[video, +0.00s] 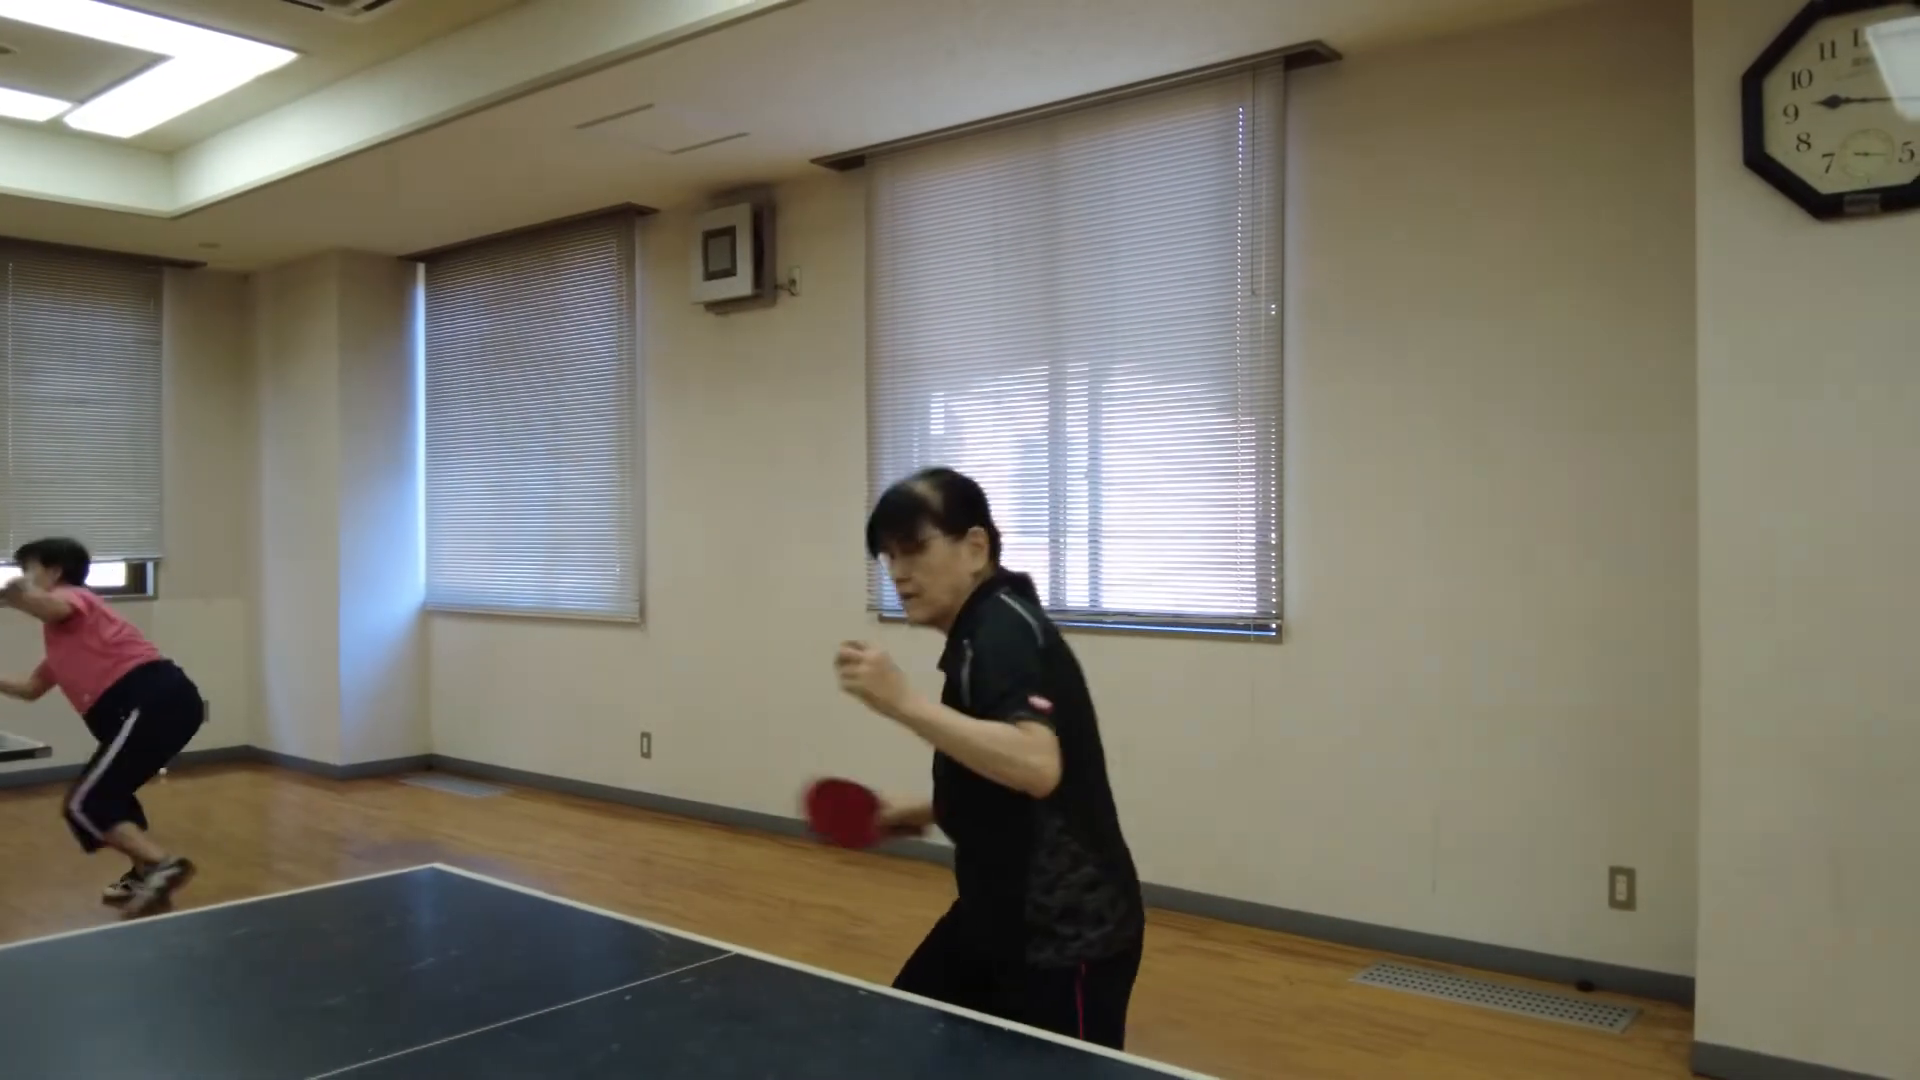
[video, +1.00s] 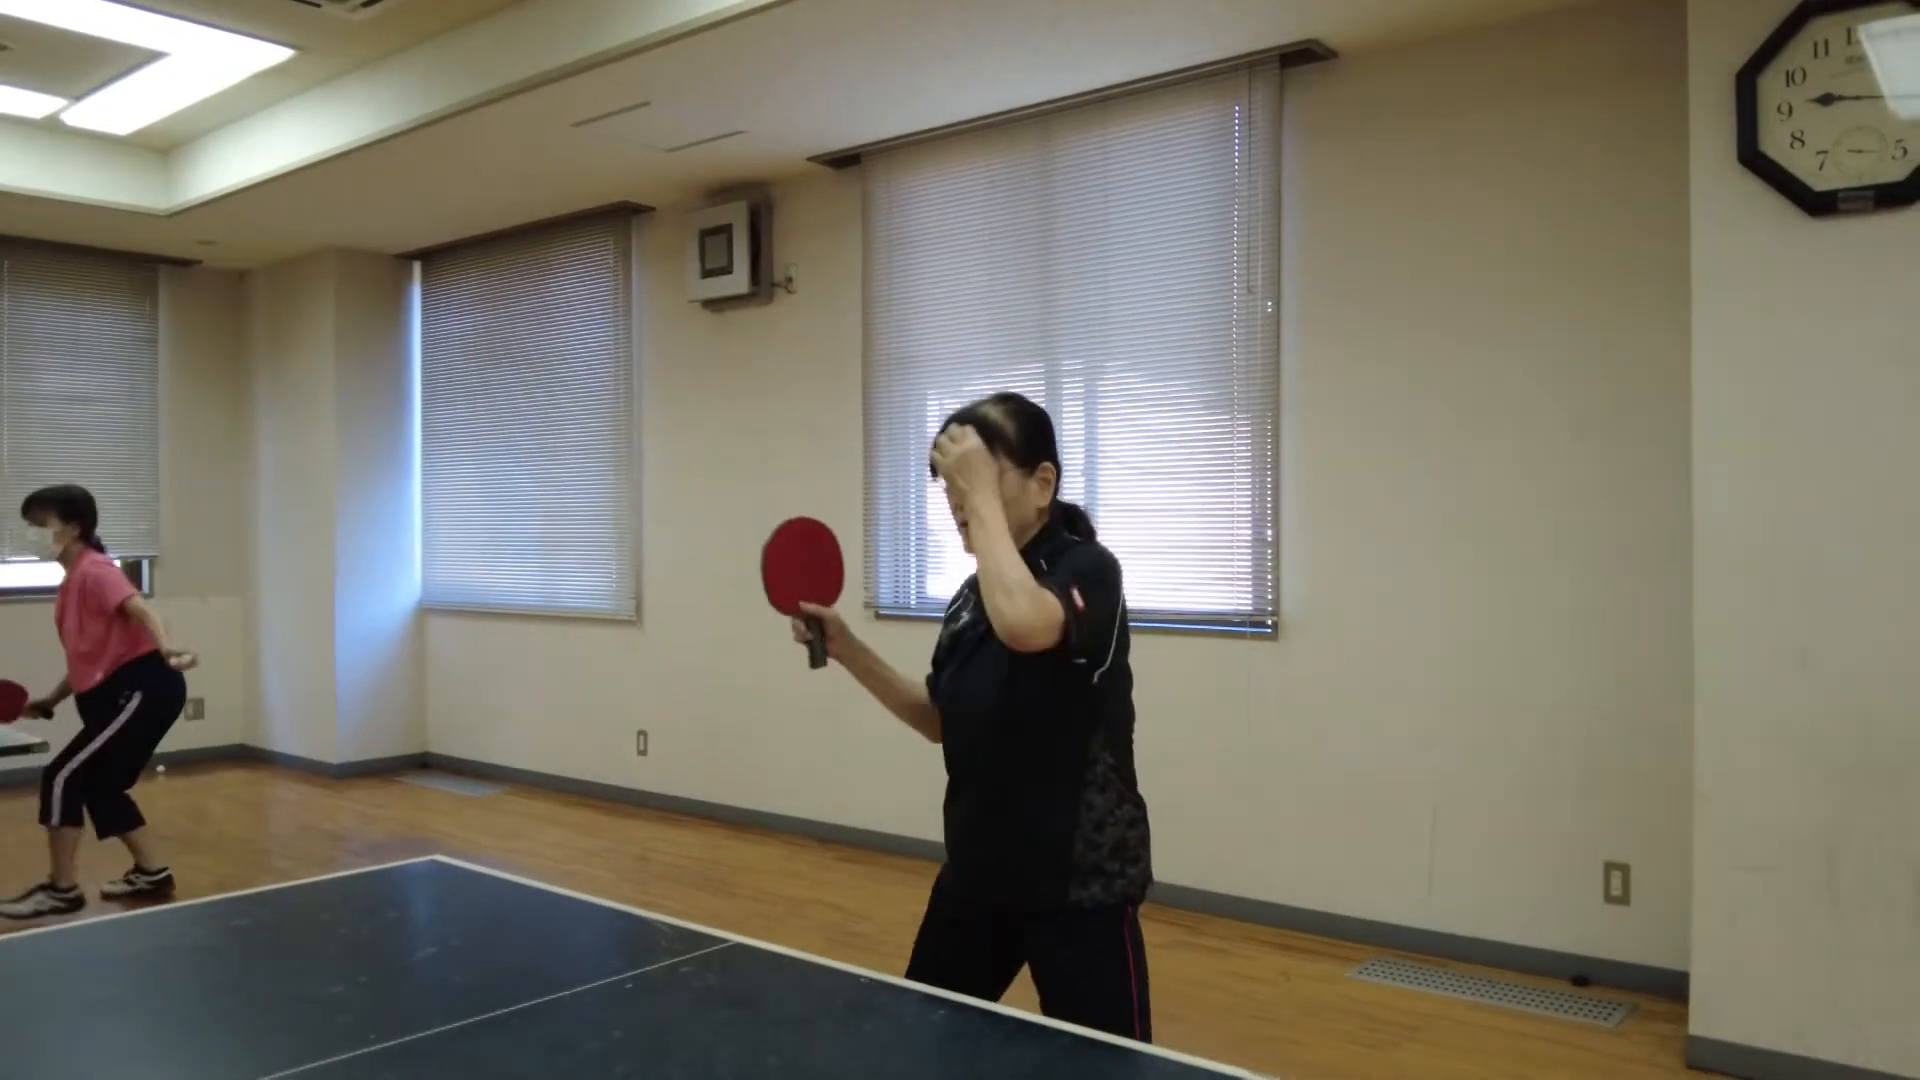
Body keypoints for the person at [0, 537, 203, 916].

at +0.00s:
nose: (23, 580)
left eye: (28, 571)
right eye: (23, 573)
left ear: (55, 571)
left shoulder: (74, 597)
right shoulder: (63, 639)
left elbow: (58, 609)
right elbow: (32, 690)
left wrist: (18, 597)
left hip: (157, 699)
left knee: (85, 803)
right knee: (108, 793)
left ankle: (160, 863)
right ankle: (145, 869)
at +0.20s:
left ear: (14, 595)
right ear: (16, 596)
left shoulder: (42, 615)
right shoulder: (37, 653)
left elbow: (84, 608)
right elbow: (63, 727)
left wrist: (134, 584)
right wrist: (31, 774)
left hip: (131, 705)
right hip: (160, 709)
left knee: (42, 782)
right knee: (88, 790)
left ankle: (22, 883)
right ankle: (144, 874)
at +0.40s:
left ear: (10, 581)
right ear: (14, 582)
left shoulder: (29, 609)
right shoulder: (23, 627)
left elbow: (60, 624)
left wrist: (93, 607)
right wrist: (34, 744)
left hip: (105, 717)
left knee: (10, 790)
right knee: (52, 806)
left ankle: (11, 885)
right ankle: (135, 860)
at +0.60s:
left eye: (2, 554)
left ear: (24, 558)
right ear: (25, 559)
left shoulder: (40, 594)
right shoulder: (38, 595)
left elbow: (54, 615)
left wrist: (66, 630)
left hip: (103, 707)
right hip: (122, 707)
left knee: (14, 786)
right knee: (59, 798)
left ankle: (11, 884)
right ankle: (141, 858)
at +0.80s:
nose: (19, 545)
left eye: (25, 534)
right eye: (17, 536)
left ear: (55, 537)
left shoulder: (71, 579)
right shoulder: (56, 592)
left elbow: (106, 610)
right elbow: (71, 666)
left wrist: (128, 635)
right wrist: (35, 715)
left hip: (127, 696)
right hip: (114, 699)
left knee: (50, 780)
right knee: (89, 789)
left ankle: (16, 884)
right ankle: (149, 869)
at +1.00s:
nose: (38, 536)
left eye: (43, 525)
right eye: (36, 527)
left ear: (72, 526)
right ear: (67, 529)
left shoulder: (95, 569)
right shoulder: (71, 584)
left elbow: (141, 610)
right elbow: (87, 660)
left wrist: (167, 649)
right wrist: (50, 702)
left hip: (142, 687)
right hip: (117, 693)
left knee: (63, 775)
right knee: (103, 783)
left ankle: (63, 887)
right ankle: (152, 872)